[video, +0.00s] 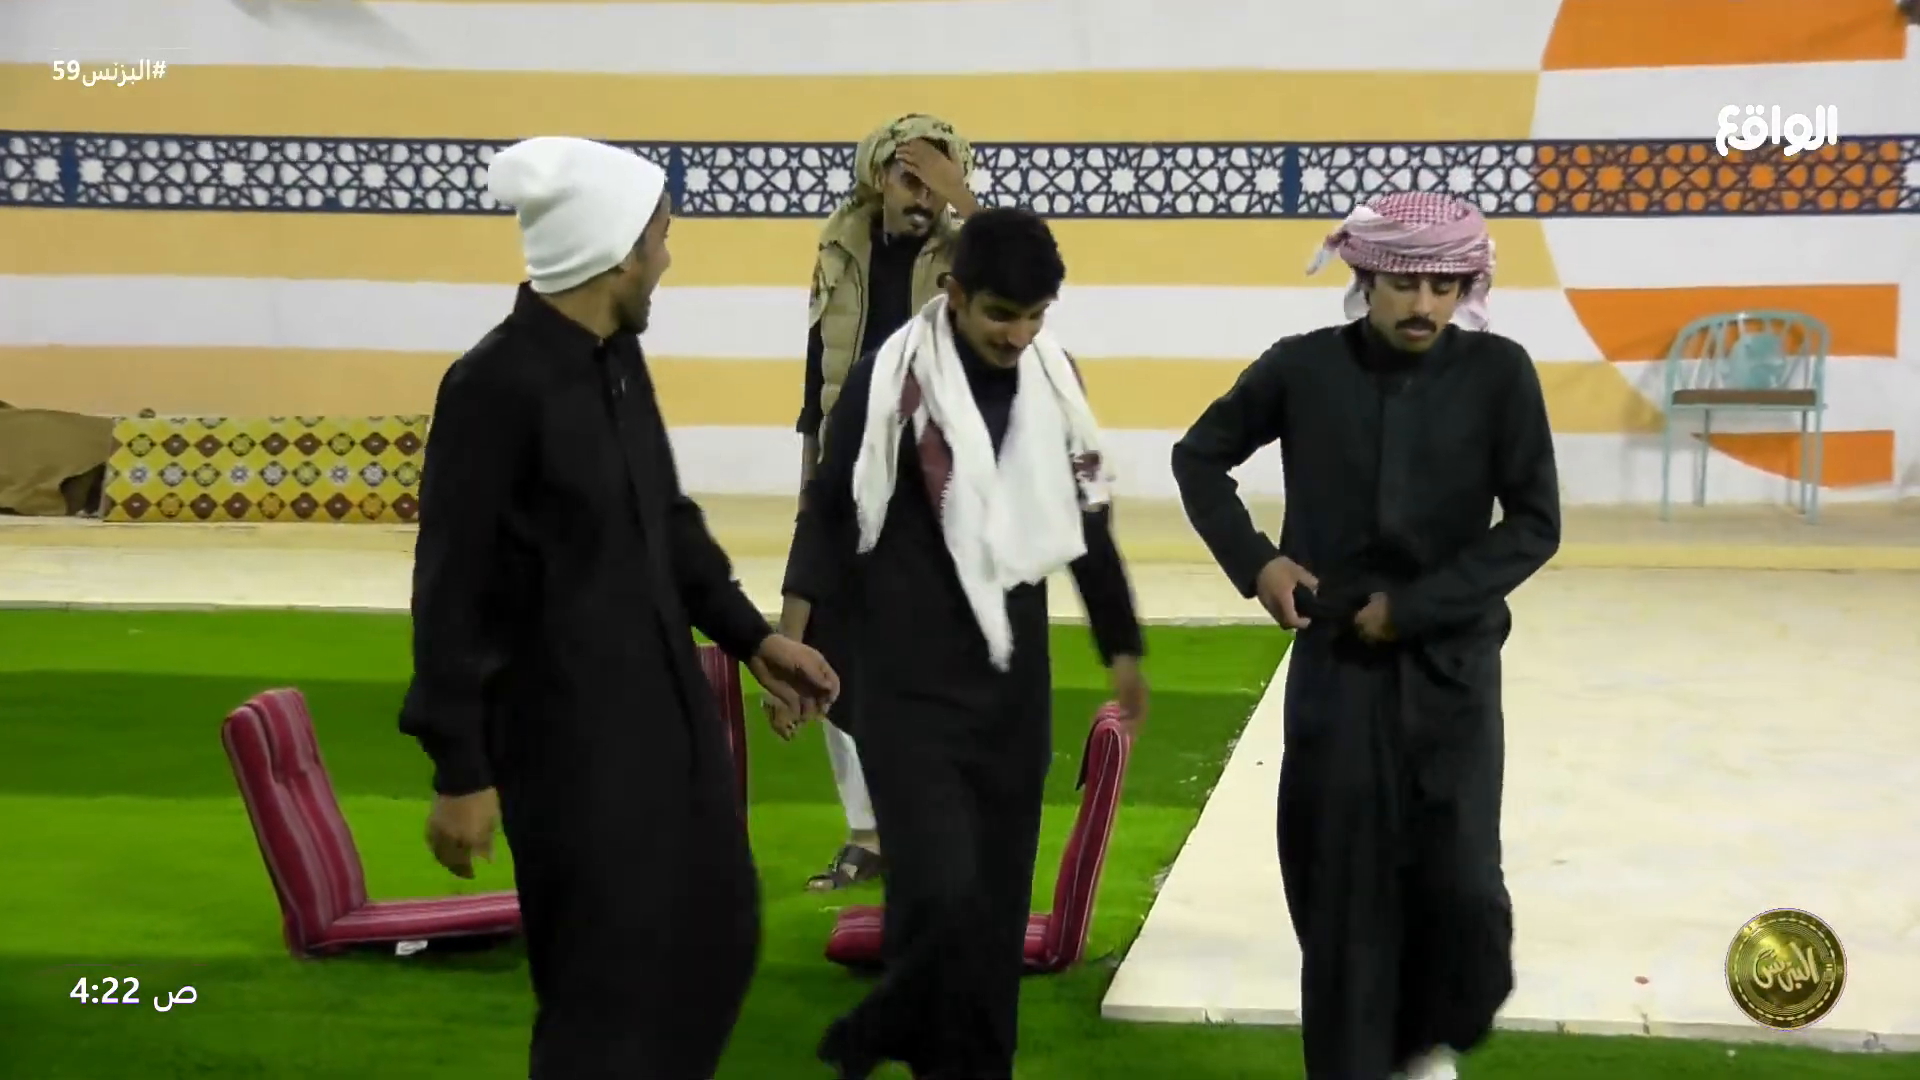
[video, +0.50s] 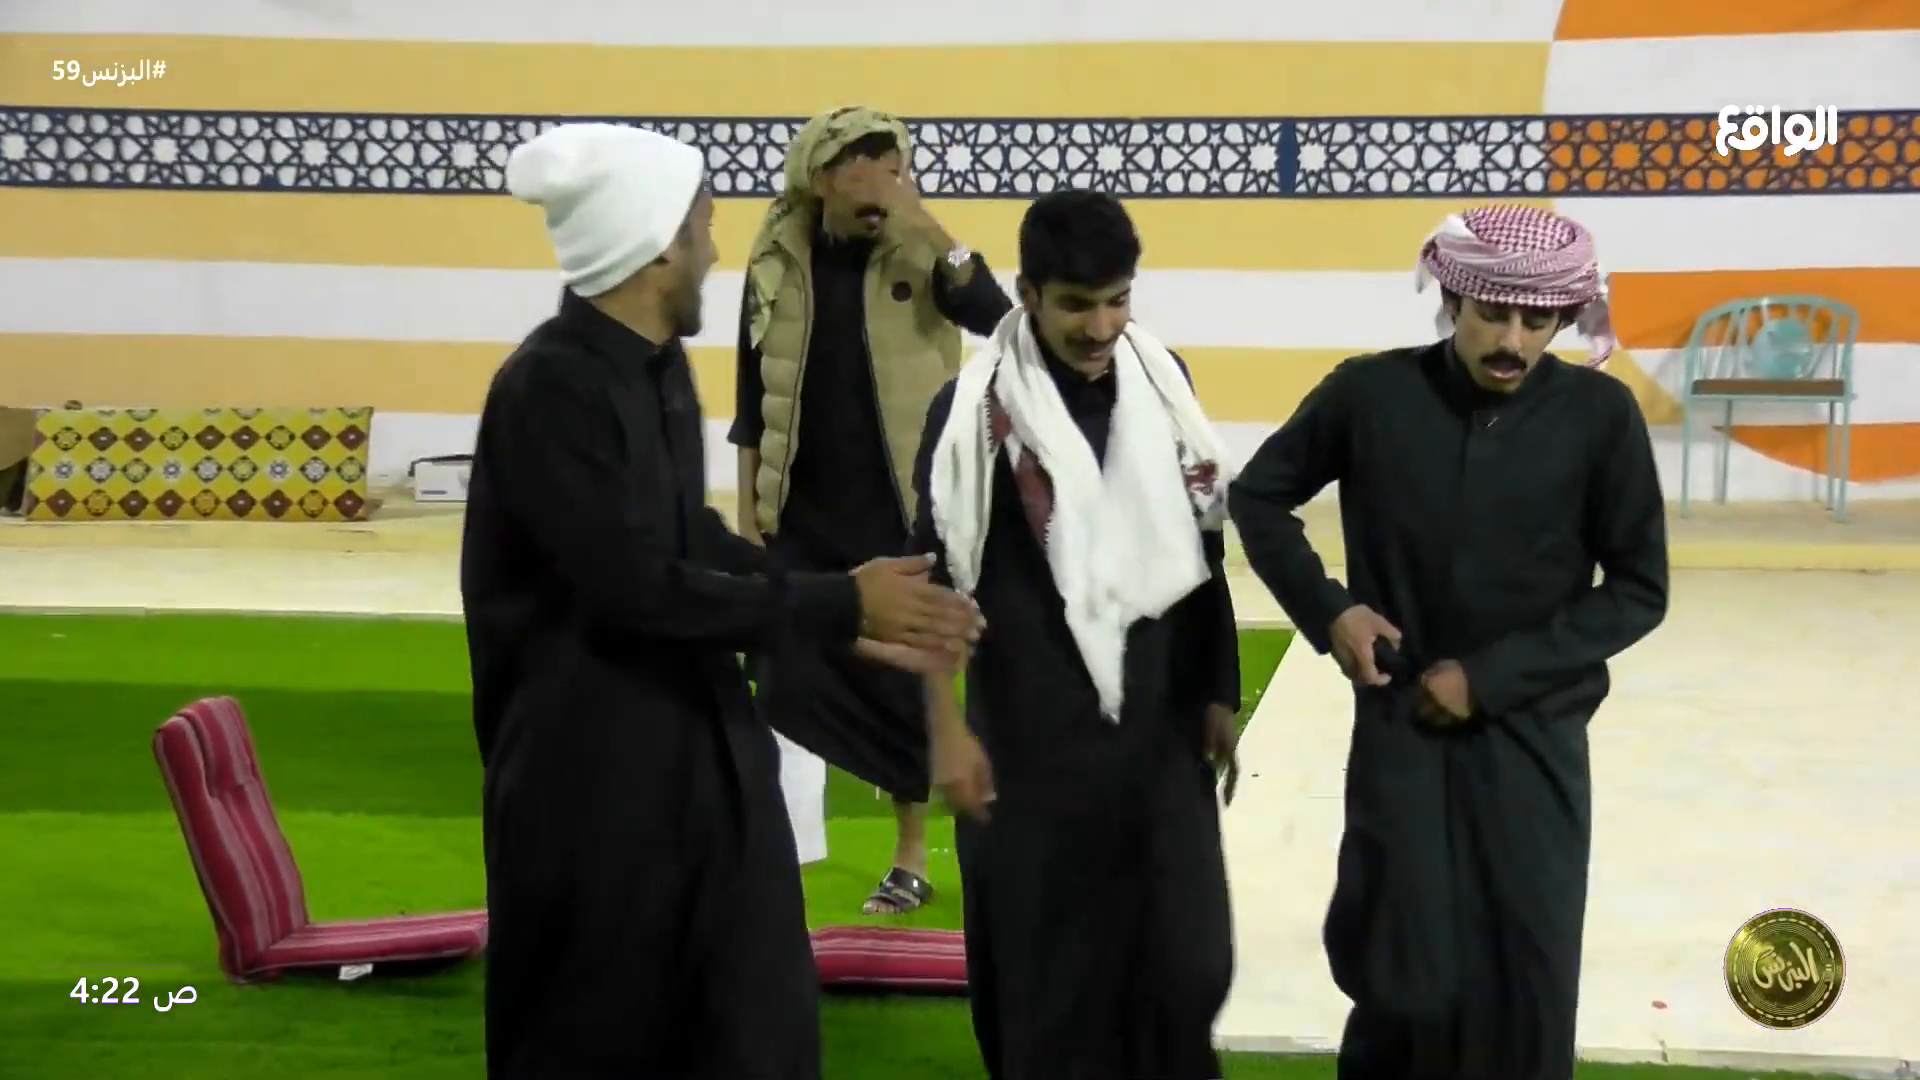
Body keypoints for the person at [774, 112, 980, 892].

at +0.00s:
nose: (918, 201)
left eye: (931, 188)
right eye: (904, 183)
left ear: (952, 191)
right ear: (874, 179)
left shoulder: (968, 252)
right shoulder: (842, 243)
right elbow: (821, 356)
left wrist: (964, 211)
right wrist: (813, 465)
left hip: (942, 493)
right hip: (849, 489)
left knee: (932, 651)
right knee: (842, 650)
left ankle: (935, 830)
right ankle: (865, 831)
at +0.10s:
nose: (919, 197)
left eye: (933, 183)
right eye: (906, 176)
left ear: (949, 187)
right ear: (871, 173)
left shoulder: (964, 249)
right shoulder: (837, 245)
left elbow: (1021, 289)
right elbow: (815, 379)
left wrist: (973, 205)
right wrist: (802, 498)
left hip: (939, 495)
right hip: (845, 492)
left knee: (930, 659)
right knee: (828, 654)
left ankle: (939, 828)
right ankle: (863, 822)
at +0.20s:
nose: (908, 193)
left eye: (923, 179)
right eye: (894, 173)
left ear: (941, 184)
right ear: (860, 170)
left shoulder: (960, 244)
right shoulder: (829, 239)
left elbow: (1019, 286)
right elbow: (806, 370)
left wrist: (970, 199)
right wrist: (792, 488)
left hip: (935, 495)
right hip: (844, 493)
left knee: (937, 672)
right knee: (817, 659)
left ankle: (933, 850)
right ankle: (850, 833)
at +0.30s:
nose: (906, 195)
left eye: (920, 180)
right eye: (891, 176)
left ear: (937, 179)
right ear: (855, 171)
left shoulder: (957, 244)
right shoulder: (820, 240)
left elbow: (1012, 312)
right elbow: (795, 372)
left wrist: (963, 217)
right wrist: (784, 493)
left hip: (931, 503)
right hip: (837, 501)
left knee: (932, 677)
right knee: (802, 668)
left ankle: (930, 848)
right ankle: (825, 852)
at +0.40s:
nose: (890, 207)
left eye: (902, 195)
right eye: (877, 192)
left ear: (921, 189)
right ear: (840, 180)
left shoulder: (936, 247)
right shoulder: (796, 252)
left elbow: (992, 291)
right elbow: (769, 386)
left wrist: (931, 201)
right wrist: (765, 507)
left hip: (915, 507)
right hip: (820, 507)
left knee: (910, 687)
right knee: (804, 682)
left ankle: (917, 859)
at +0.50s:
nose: (879, 200)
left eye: (888, 185)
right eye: (863, 185)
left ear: (903, 184)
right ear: (819, 182)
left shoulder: (921, 254)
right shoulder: (775, 263)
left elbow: (993, 315)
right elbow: (753, 385)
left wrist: (927, 228)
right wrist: (749, 494)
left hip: (903, 510)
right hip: (804, 512)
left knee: (902, 680)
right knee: (788, 680)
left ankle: (910, 862)